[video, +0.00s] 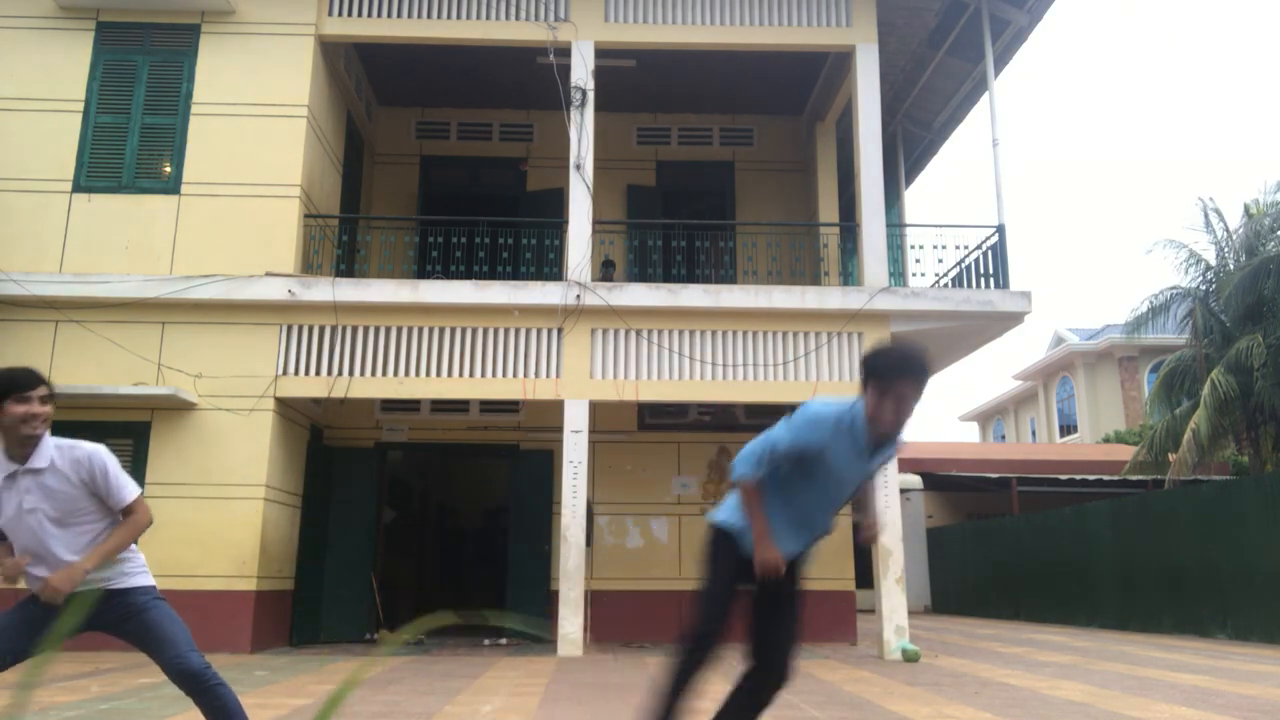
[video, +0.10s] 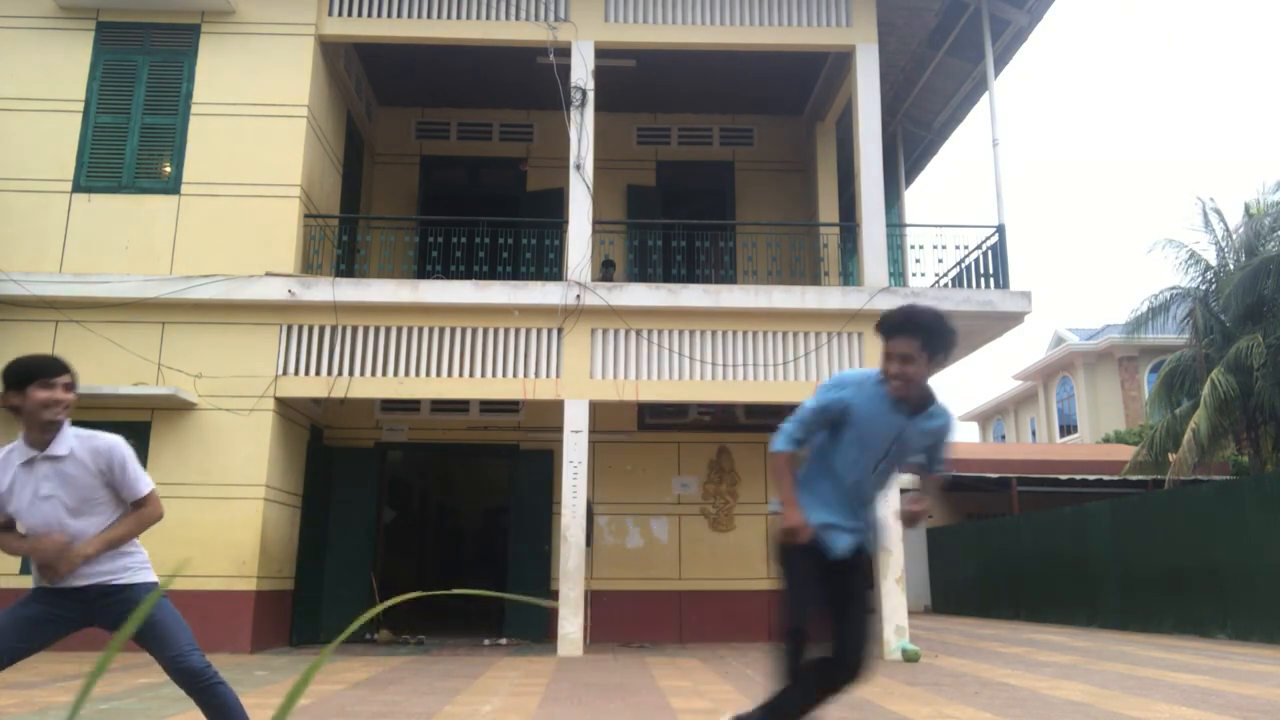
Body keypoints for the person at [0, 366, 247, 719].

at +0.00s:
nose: (36, 410)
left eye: (44, 401)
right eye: (23, 401)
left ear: (52, 407)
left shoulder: (87, 457)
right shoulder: (2, 475)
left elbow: (140, 515)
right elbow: (7, 544)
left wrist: (78, 569)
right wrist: (6, 565)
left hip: (123, 591)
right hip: (51, 599)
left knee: (191, 670)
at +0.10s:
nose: (61, 397)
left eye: (67, 388)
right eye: (46, 387)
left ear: (74, 395)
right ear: (14, 400)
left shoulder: (107, 448)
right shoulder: (6, 465)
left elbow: (151, 508)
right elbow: (3, 531)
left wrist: (85, 549)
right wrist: (32, 548)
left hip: (126, 588)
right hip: (55, 596)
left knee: (193, 670)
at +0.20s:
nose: (84, 383)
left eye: (91, 376)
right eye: (71, 374)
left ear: (97, 385)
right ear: (40, 386)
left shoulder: (124, 440)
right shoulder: (13, 455)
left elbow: (160, 507)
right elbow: (6, 527)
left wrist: (87, 549)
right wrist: (52, 535)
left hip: (131, 584)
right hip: (58, 589)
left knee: (192, 669)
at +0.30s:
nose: (108, 374)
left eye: (115, 367)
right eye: (95, 364)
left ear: (122, 376)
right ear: (64, 373)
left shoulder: (143, 434)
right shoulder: (31, 441)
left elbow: (164, 507)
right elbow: (14, 519)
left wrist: (98, 557)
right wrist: (67, 532)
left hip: (136, 580)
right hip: (59, 585)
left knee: (194, 668)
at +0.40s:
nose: (130, 368)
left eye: (136, 362)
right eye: (118, 358)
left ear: (140, 372)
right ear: (85, 367)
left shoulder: (157, 432)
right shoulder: (47, 431)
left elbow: (165, 508)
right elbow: (26, 508)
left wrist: (125, 573)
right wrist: (69, 537)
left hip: (143, 576)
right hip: (66, 579)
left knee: (199, 668)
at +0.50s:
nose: (143, 365)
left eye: (149, 359)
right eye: (132, 354)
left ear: (154, 370)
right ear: (100, 363)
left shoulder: (167, 431)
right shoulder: (58, 427)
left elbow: (181, 505)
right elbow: (35, 502)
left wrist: (150, 573)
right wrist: (67, 540)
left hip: (146, 576)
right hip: (72, 578)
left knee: (201, 665)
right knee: (1, 658)